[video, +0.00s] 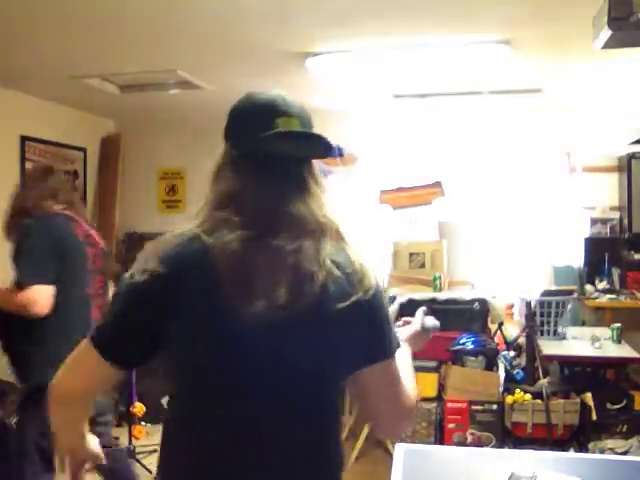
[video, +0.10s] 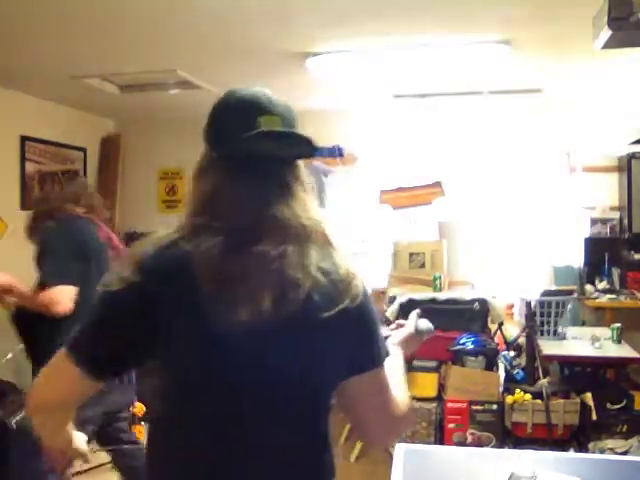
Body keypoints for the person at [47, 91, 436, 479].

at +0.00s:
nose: (318, 177)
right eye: (313, 167)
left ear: (228, 169)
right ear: (309, 175)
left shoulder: (178, 264)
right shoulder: (345, 276)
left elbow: (67, 392)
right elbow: (393, 420)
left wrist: (76, 450)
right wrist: (396, 347)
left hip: (195, 469)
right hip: (307, 470)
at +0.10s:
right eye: (300, 166)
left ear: (209, 173)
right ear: (295, 178)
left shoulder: (165, 274)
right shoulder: (335, 286)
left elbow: (46, 400)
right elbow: (383, 430)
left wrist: (63, 447)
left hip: (182, 471)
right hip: (298, 472)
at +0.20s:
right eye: (274, 171)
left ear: (182, 176)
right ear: (273, 180)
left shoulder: (135, 278)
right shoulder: (311, 290)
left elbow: (19, 409)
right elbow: (365, 444)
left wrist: (52, 449)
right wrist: (385, 359)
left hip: (160, 470)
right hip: (278, 470)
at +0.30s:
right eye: (248, 166)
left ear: (158, 175)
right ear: (252, 177)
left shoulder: (103, 288)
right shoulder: (295, 294)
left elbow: (5, 419)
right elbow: (349, 459)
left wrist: (38, 461)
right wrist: (377, 376)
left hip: (126, 469)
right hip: (257, 470)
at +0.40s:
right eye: (237, 161)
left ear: (139, 170)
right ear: (238, 173)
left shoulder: (78, 287)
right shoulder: (282, 294)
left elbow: (0, 410)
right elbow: (341, 464)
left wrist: (18, 463)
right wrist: (372, 376)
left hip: (112, 473)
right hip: (246, 475)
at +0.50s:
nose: (244, 169)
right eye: (237, 158)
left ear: (130, 165)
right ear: (230, 169)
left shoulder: (64, 283)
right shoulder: (275, 289)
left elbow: (1, 402)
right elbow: (340, 465)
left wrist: (12, 460)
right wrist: (374, 371)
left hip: (97, 473)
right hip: (237, 475)